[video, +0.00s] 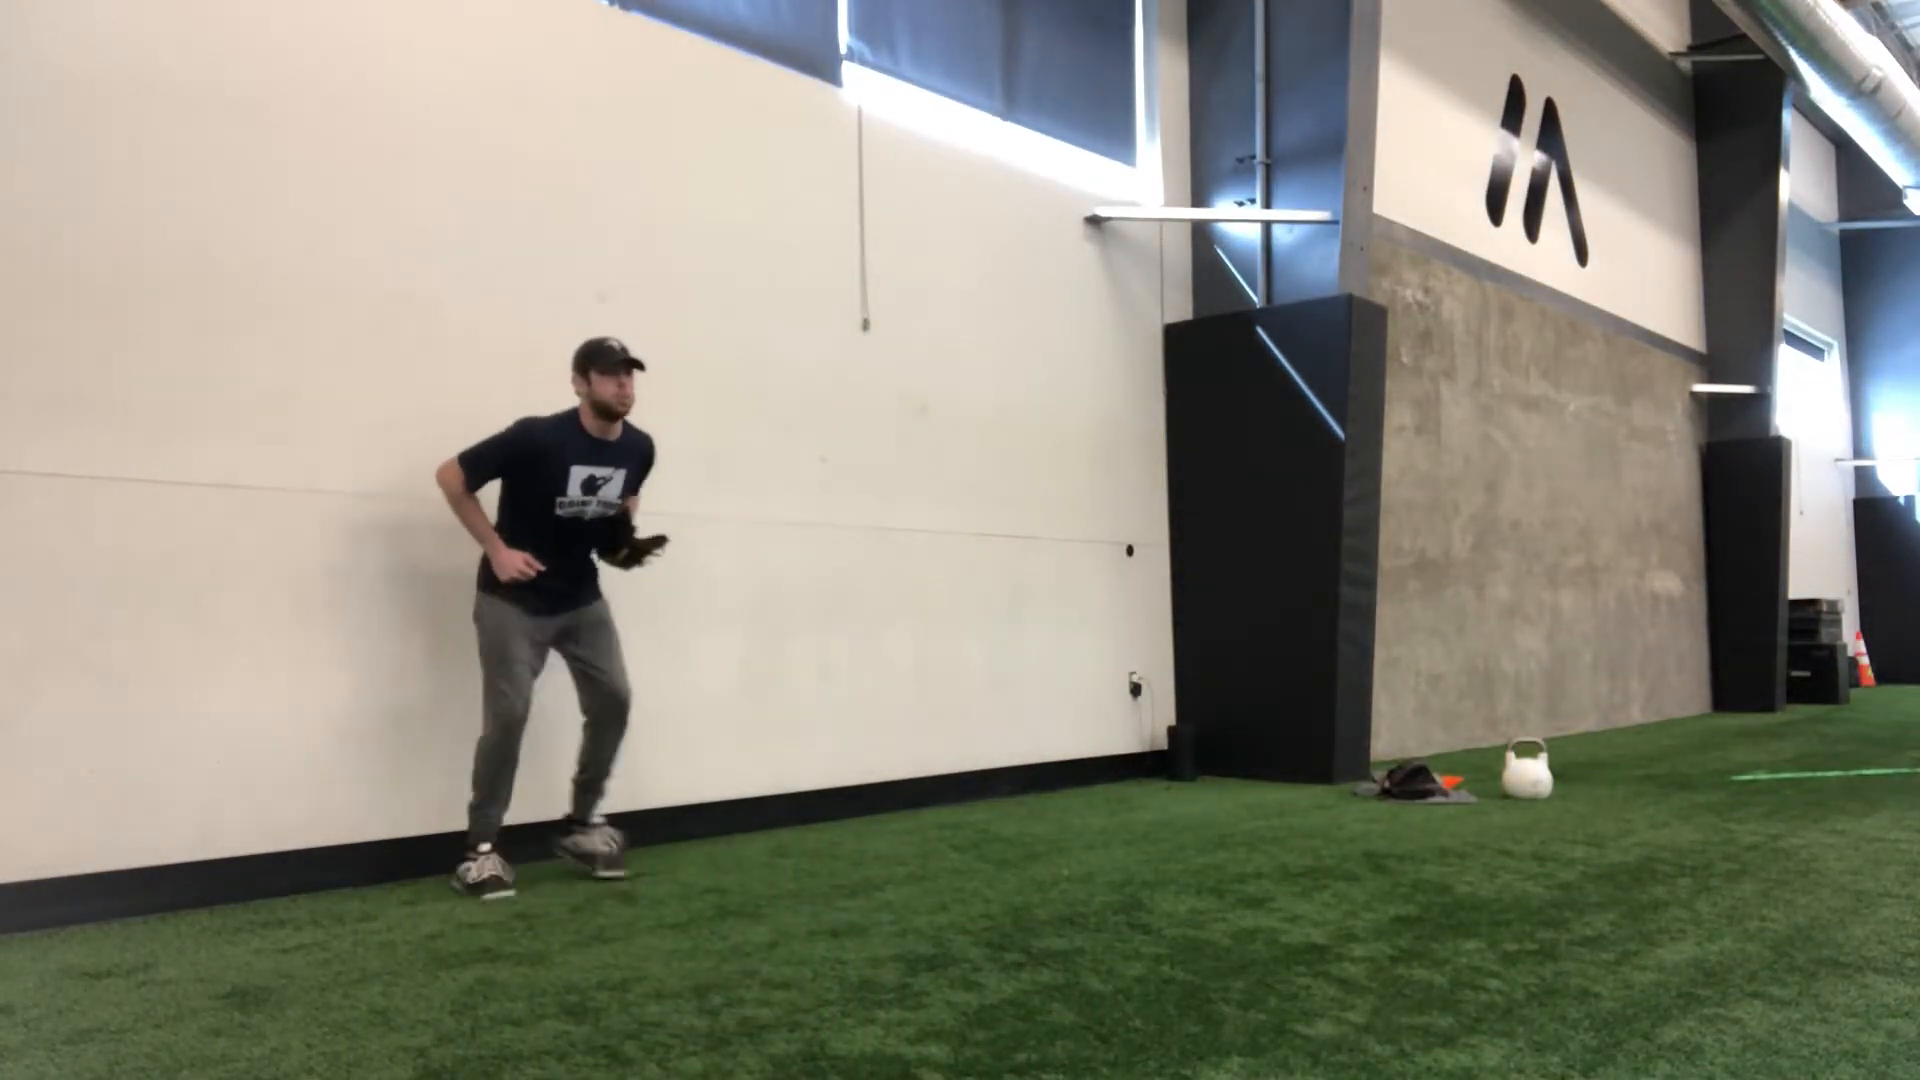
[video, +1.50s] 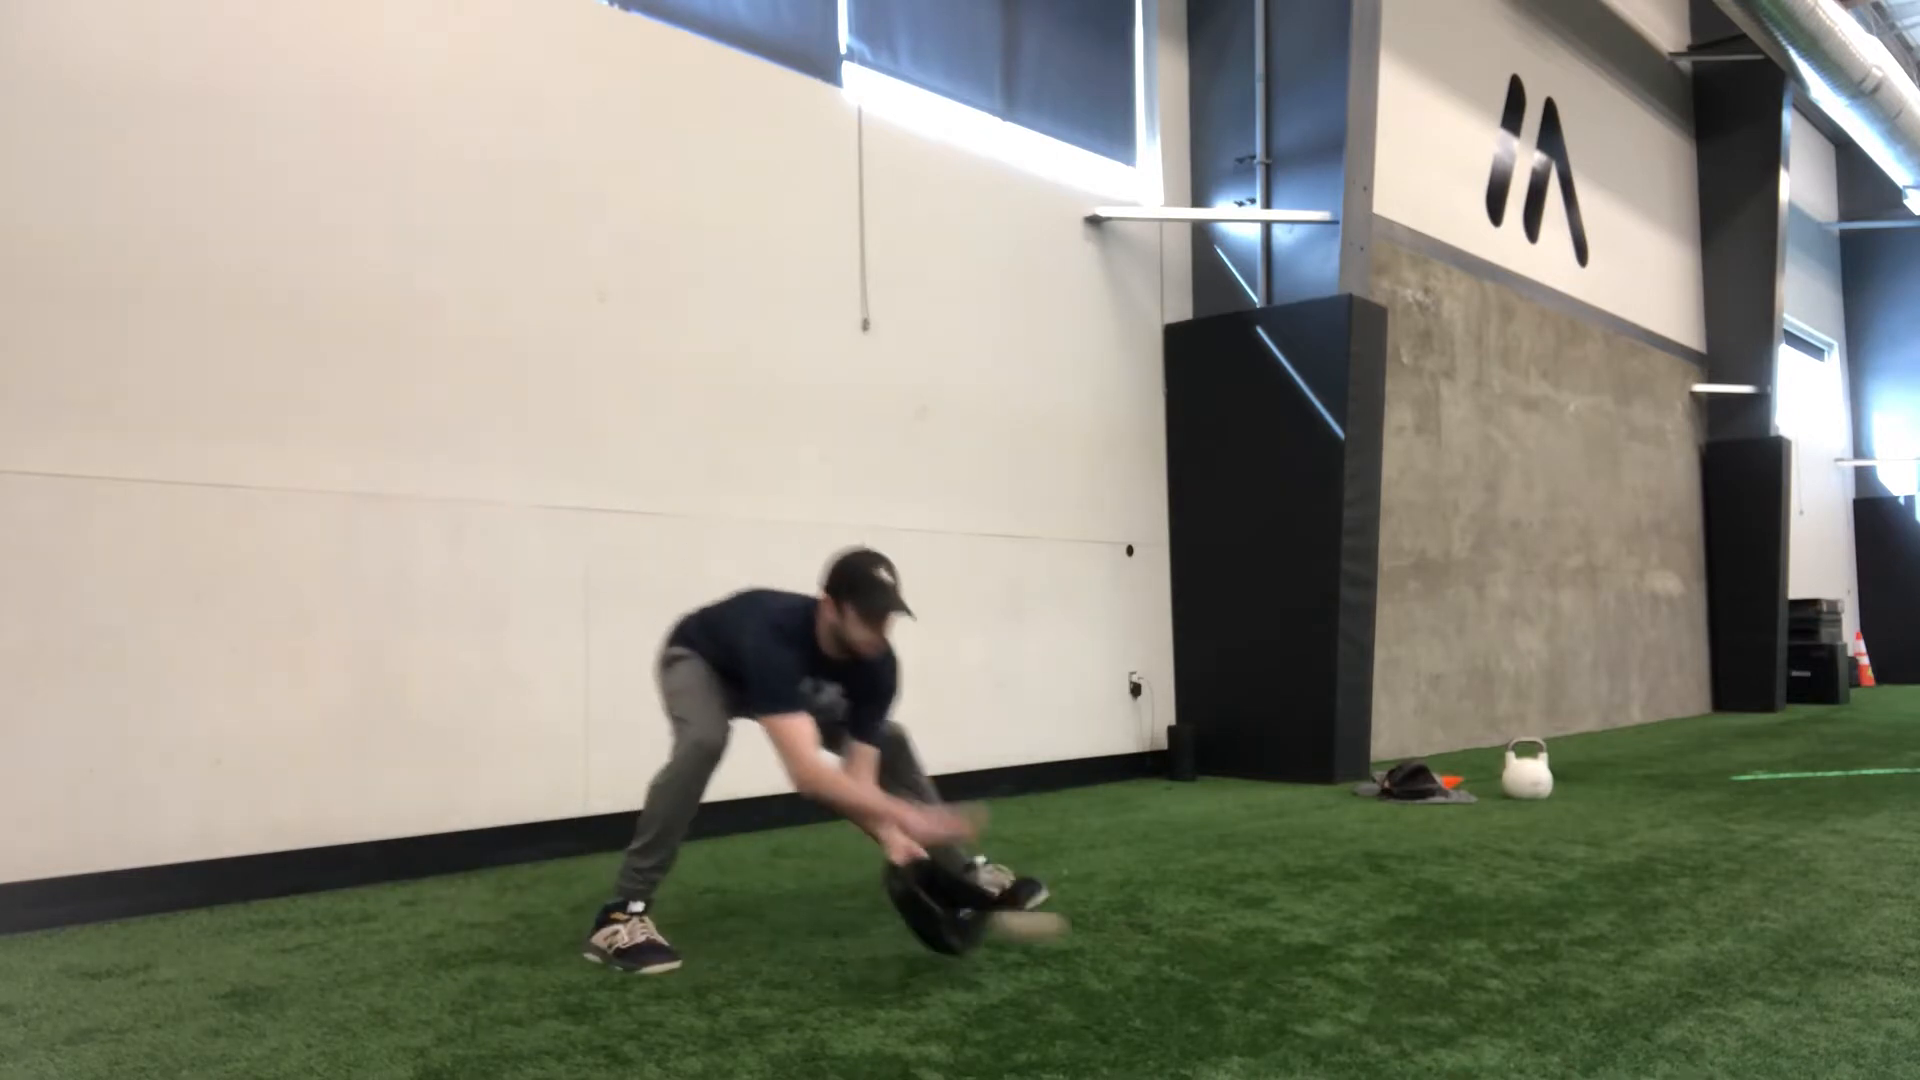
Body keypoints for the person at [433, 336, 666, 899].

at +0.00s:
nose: (625, 385)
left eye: (628, 375)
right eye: (612, 376)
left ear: (634, 383)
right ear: (581, 383)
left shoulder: (637, 448)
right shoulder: (535, 438)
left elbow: (624, 505)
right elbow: (452, 476)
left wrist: (622, 544)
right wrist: (495, 548)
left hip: (580, 598)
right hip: (514, 600)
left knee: (612, 702)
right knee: (508, 716)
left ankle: (583, 824)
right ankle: (482, 849)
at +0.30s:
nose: (621, 406)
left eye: (625, 396)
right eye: (607, 396)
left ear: (632, 402)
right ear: (576, 402)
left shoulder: (634, 467)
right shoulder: (526, 455)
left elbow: (625, 516)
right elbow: (445, 487)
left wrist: (625, 556)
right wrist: (479, 568)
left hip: (574, 616)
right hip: (506, 611)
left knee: (592, 727)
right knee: (496, 727)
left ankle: (552, 834)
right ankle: (475, 849)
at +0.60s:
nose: (686, 421)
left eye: (690, 410)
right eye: (672, 409)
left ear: (695, 416)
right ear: (640, 416)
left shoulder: (686, 484)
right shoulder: (585, 469)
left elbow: (677, 527)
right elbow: (492, 504)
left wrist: (675, 569)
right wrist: (519, 591)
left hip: (607, 619)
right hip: (543, 620)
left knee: (637, 721)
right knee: (549, 749)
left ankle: (626, 861)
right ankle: (489, 833)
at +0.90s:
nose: (740, 427)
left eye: (745, 415)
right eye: (726, 414)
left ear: (749, 419)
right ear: (690, 416)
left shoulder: (739, 496)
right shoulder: (631, 473)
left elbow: (740, 582)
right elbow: (524, 522)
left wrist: (752, 615)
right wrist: (559, 613)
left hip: (648, 613)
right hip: (584, 608)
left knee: (703, 724)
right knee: (620, 723)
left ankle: (622, 828)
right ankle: (624, 909)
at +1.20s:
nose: (788, 513)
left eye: (794, 500)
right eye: (776, 500)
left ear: (800, 496)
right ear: (737, 496)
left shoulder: (790, 553)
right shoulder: (681, 549)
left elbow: (798, 655)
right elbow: (661, 676)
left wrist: (810, 728)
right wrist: (778, 698)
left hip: (692, 628)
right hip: (617, 634)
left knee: (792, 674)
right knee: (671, 733)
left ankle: (781, 812)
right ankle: (621, 913)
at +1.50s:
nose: (880, 635)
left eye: (887, 622)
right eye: (870, 621)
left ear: (892, 615)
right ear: (831, 610)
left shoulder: (876, 663)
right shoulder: (774, 636)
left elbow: (861, 777)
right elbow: (807, 774)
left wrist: (891, 837)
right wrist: (911, 817)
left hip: (784, 678)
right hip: (701, 660)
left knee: (893, 741)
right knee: (702, 741)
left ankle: (963, 875)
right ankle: (623, 916)